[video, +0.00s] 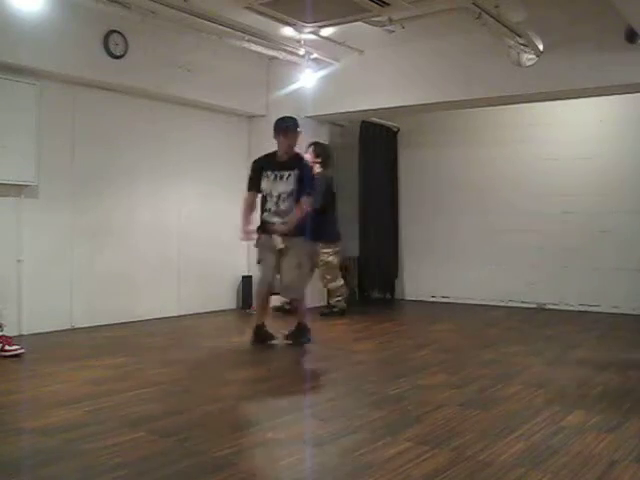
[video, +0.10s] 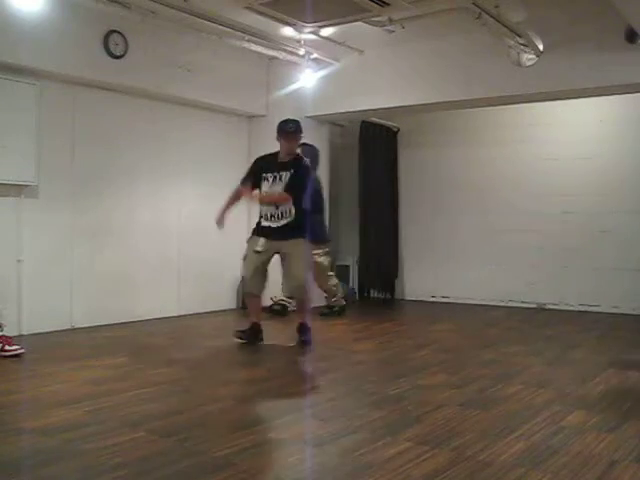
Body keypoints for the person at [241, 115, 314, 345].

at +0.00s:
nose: (290, 141)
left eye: (293, 136)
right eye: (286, 136)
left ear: (297, 137)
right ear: (277, 136)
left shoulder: (304, 167)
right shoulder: (260, 164)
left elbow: (306, 202)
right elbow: (251, 197)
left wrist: (288, 224)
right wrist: (246, 223)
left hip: (296, 234)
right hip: (267, 233)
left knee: (293, 283)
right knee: (265, 281)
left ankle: (302, 324)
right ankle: (259, 326)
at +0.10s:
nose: (292, 142)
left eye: (295, 137)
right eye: (287, 137)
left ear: (300, 139)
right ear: (279, 138)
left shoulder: (302, 168)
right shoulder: (262, 163)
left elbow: (286, 197)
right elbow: (242, 189)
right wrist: (223, 211)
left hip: (294, 236)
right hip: (264, 234)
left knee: (299, 283)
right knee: (250, 278)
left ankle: (304, 326)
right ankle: (255, 327)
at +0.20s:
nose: (293, 145)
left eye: (296, 141)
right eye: (288, 141)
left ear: (300, 141)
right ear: (279, 140)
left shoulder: (301, 166)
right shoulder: (266, 160)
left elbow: (290, 198)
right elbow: (243, 173)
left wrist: (269, 182)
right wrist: (223, 184)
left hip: (292, 236)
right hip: (263, 235)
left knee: (316, 282)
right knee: (241, 276)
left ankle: (308, 327)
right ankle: (252, 327)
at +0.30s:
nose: (292, 147)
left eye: (294, 142)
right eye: (287, 142)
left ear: (298, 141)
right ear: (276, 142)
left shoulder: (304, 165)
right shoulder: (267, 158)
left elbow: (315, 187)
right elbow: (246, 164)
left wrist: (293, 178)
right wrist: (224, 168)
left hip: (294, 236)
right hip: (262, 236)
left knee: (315, 280)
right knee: (242, 280)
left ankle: (307, 327)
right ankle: (252, 327)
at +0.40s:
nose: (292, 145)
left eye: (296, 140)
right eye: (288, 140)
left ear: (301, 140)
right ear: (279, 140)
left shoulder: (307, 165)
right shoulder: (266, 156)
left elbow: (320, 186)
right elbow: (243, 159)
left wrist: (297, 175)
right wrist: (221, 166)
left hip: (297, 237)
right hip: (265, 236)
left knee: (317, 280)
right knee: (245, 279)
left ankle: (308, 328)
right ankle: (252, 326)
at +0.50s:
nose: (295, 144)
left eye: (299, 140)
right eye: (291, 139)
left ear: (303, 140)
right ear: (282, 139)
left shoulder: (310, 165)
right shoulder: (268, 157)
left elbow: (332, 184)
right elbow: (245, 159)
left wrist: (310, 187)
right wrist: (223, 171)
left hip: (301, 236)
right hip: (268, 235)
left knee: (322, 280)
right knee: (251, 280)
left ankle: (309, 327)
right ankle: (252, 326)